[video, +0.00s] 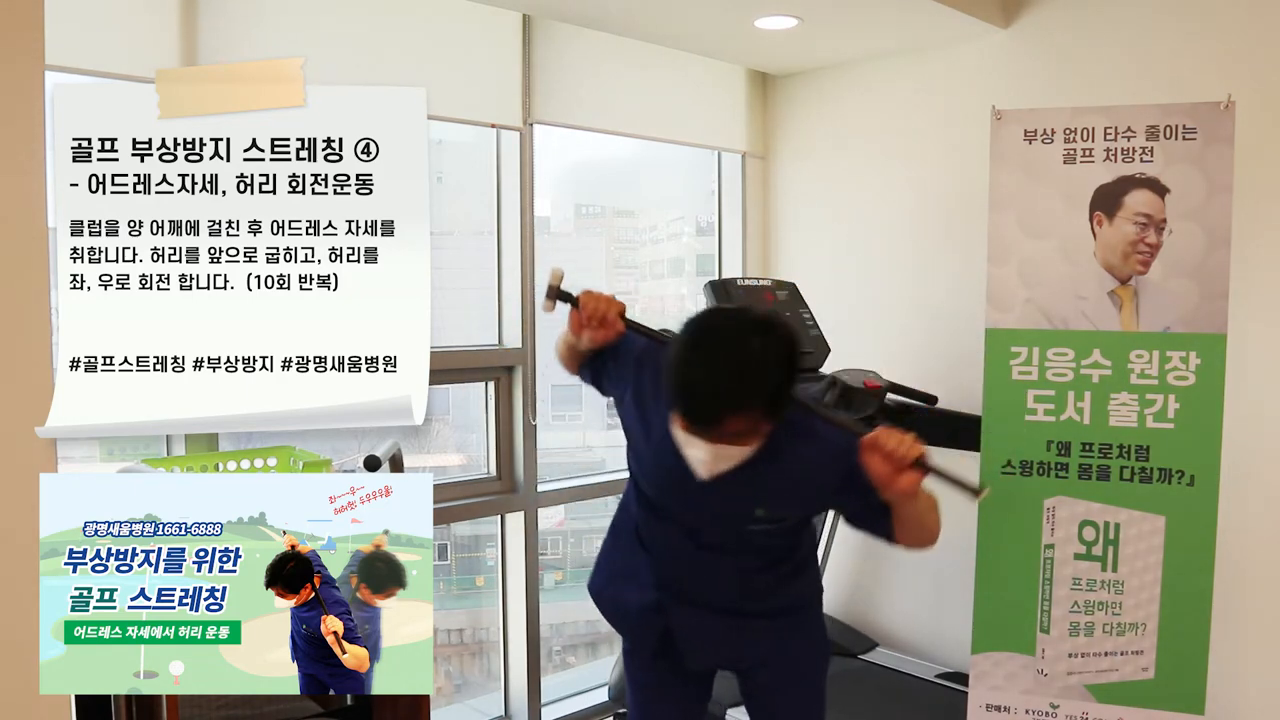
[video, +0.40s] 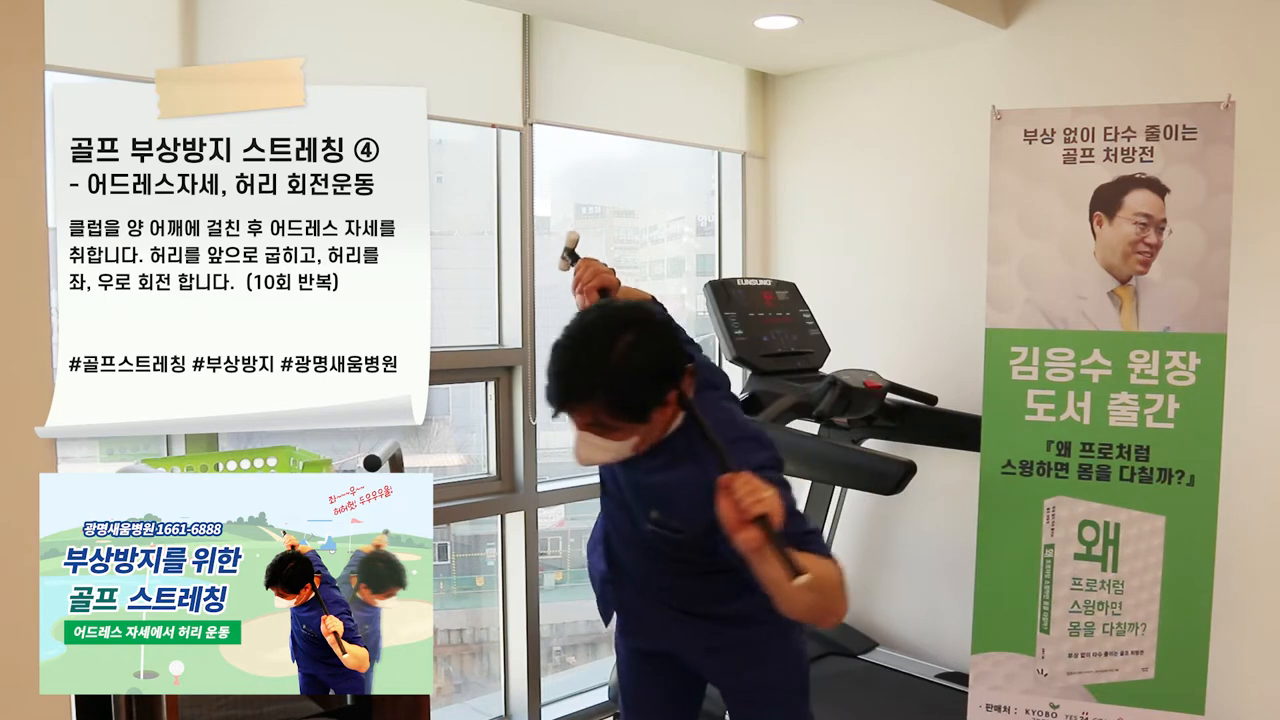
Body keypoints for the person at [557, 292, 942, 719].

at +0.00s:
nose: (710, 449)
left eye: (729, 439)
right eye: (694, 432)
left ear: (764, 421)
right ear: (677, 396)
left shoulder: (820, 449)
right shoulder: (645, 372)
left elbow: (921, 536)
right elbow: (574, 360)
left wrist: (904, 495)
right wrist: (579, 338)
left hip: (775, 626)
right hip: (660, 613)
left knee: (794, 712)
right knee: (658, 712)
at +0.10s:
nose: (661, 441)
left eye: (682, 433)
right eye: (650, 426)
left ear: (730, 415)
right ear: (640, 385)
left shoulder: (792, 454)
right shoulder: (639, 365)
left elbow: (898, 565)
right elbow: (591, 337)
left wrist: (862, 517)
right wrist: (586, 315)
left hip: (768, 629)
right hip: (653, 611)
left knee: (787, 712)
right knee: (653, 712)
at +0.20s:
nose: (634, 435)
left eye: (658, 431)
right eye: (626, 421)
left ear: (713, 409)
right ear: (620, 383)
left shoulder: (772, 454)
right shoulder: (640, 373)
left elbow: (878, 581)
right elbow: (608, 336)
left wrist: (829, 529)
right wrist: (595, 311)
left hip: (763, 628)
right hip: (654, 609)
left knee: (782, 711)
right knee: (651, 712)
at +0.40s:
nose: (589, 439)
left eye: (608, 431)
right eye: (580, 424)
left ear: (674, 397)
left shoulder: (736, 460)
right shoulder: (661, 368)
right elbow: (653, 314)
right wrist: (615, 291)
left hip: (750, 639)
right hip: (649, 625)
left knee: (775, 711)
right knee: (646, 711)